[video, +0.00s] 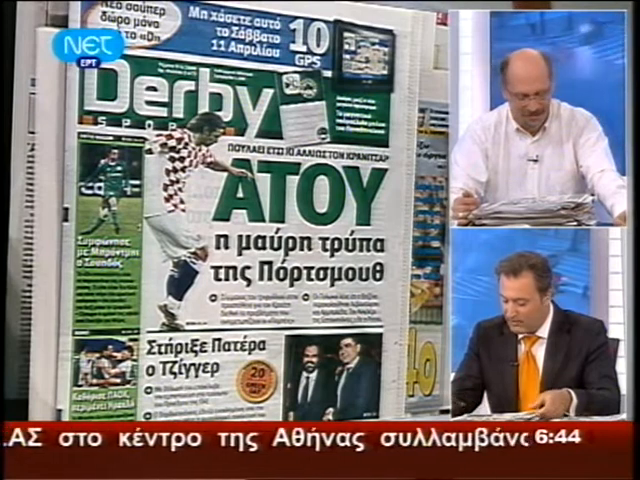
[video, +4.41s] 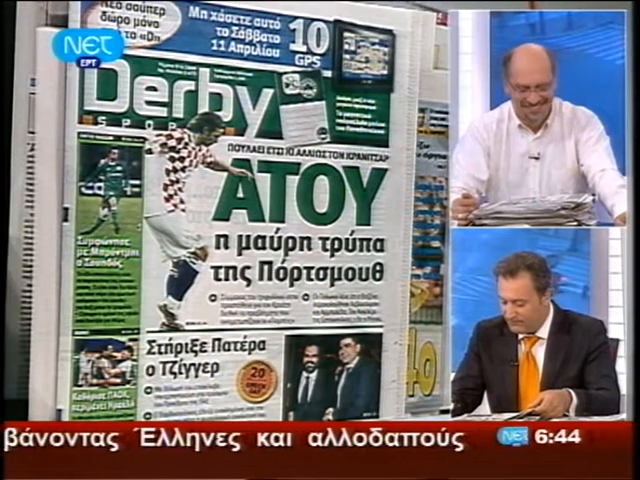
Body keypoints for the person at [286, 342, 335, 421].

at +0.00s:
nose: (310, 360)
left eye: (314, 356)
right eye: (307, 356)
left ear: (320, 359)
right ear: (302, 358)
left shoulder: (326, 377)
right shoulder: (295, 375)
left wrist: (330, 411)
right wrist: (290, 412)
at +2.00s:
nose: (310, 360)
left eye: (314, 356)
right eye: (307, 356)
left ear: (320, 359)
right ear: (302, 358)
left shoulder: (326, 377)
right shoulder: (295, 375)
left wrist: (330, 411)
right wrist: (290, 412)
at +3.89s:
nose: (310, 360)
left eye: (314, 356)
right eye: (307, 356)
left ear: (320, 359)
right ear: (303, 358)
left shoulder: (326, 376)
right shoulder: (296, 375)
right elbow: (291, 397)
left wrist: (330, 411)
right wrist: (291, 412)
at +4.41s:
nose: (310, 360)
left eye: (314, 356)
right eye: (307, 356)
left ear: (320, 359)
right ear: (303, 358)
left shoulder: (326, 377)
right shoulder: (296, 375)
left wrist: (330, 412)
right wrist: (291, 413)